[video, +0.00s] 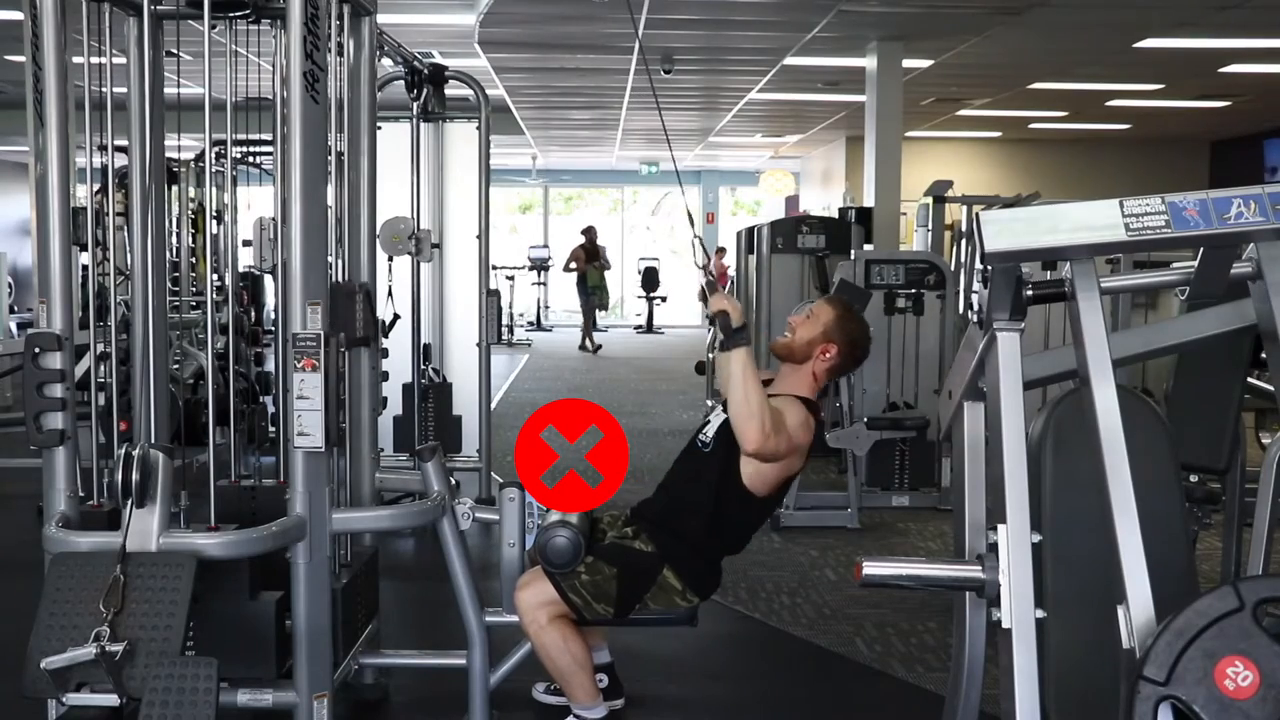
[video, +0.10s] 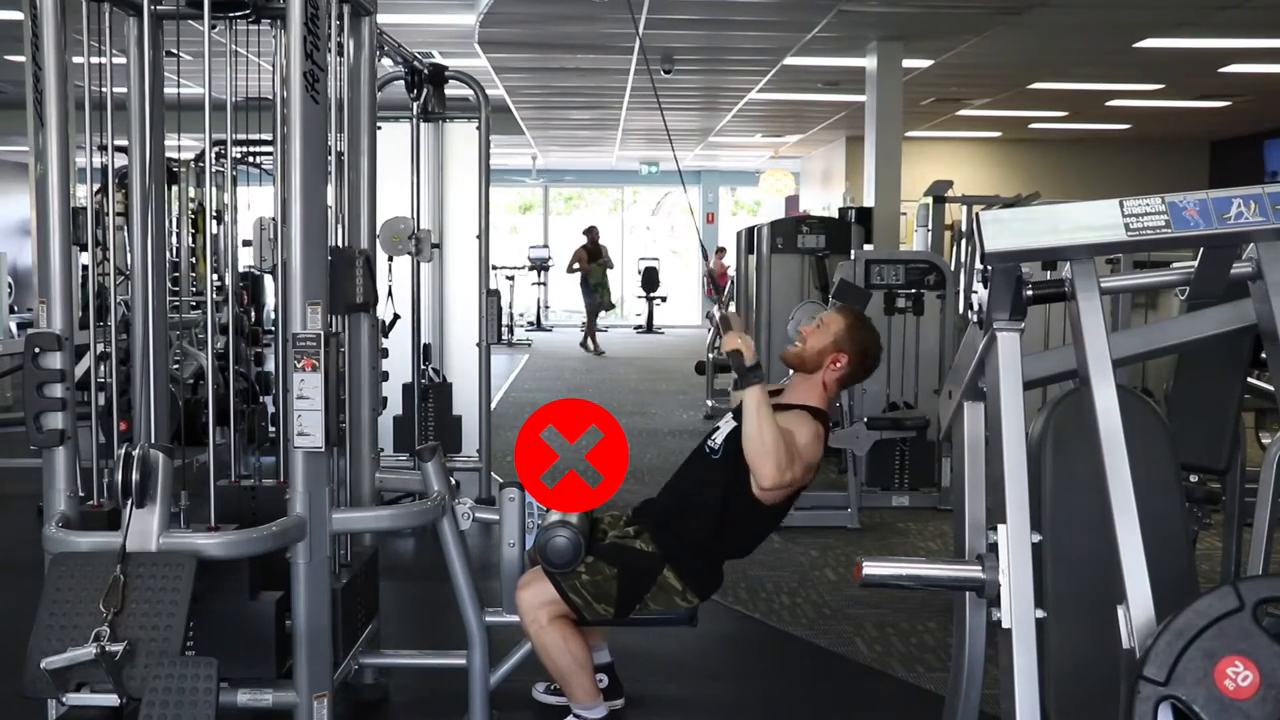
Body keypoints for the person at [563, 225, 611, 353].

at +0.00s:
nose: (595, 236)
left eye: (595, 234)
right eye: (592, 234)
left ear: (596, 235)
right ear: (586, 236)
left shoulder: (600, 249)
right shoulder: (578, 251)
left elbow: (608, 266)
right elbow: (565, 268)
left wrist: (601, 264)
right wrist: (577, 268)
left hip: (597, 282)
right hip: (584, 282)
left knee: (591, 313)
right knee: (587, 314)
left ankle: (583, 342)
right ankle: (593, 344)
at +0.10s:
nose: (597, 236)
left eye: (597, 234)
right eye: (594, 234)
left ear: (598, 235)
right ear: (588, 236)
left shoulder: (602, 249)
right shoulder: (581, 251)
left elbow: (611, 265)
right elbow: (569, 269)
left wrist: (606, 263)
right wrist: (581, 268)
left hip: (601, 284)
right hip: (588, 284)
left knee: (594, 314)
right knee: (591, 315)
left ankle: (584, 340)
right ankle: (596, 345)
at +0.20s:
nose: (599, 235)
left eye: (599, 232)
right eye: (596, 233)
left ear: (601, 233)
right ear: (590, 234)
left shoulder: (605, 248)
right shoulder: (583, 251)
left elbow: (613, 264)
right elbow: (572, 270)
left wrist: (607, 261)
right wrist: (583, 268)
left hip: (604, 284)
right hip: (591, 285)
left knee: (603, 315)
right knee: (594, 314)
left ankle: (589, 335)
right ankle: (596, 345)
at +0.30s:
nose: (602, 234)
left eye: (602, 232)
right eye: (599, 232)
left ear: (603, 233)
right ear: (593, 233)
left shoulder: (607, 247)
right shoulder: (585, 250)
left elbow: (615, 262)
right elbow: (576, 270)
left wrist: (611, 261)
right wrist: (589, 266)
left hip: (607, 286)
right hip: (594, 288)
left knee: (611, 315)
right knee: (595, 317)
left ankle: (597, 332)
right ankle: (597, 346)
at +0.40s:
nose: (605, 234)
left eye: (606, 231)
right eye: (603, 232)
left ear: (606, 233)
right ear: (596, 233)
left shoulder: (610, 247)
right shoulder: (588, 250)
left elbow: (618, 263)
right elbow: (581, 269)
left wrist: (613, 255)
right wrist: (594, 265)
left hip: (610, 286)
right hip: (596, 287)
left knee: (617, 313)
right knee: (596, 318)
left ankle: (606, 339)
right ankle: (596, 346)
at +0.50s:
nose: (608, 234)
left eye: (609, 232)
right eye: (605, 232)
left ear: (610, 233)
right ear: (599, 234)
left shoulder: (617, 251)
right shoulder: (592, 250)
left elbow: (619, 267)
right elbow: (588, 270)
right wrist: (599, 260)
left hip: (614, 287)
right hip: (599, 286)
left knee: (618, 316)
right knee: (596, 317)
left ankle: (618, 346)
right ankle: (596, 346)